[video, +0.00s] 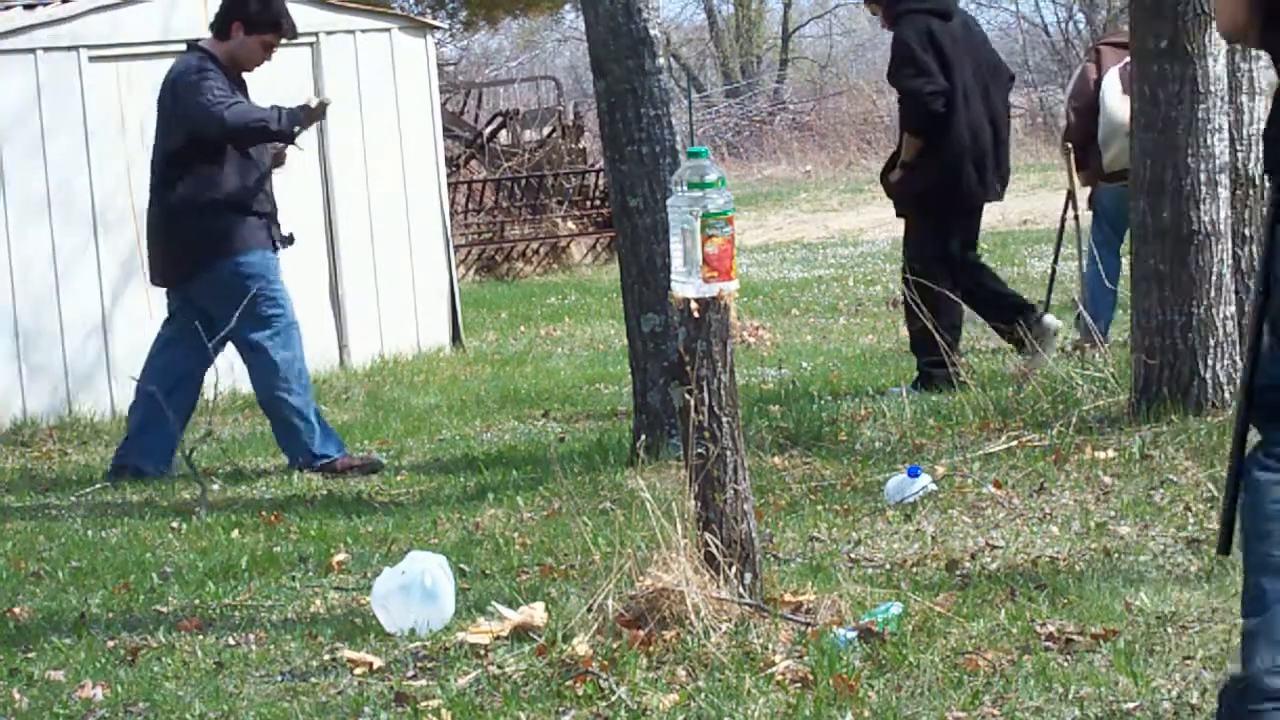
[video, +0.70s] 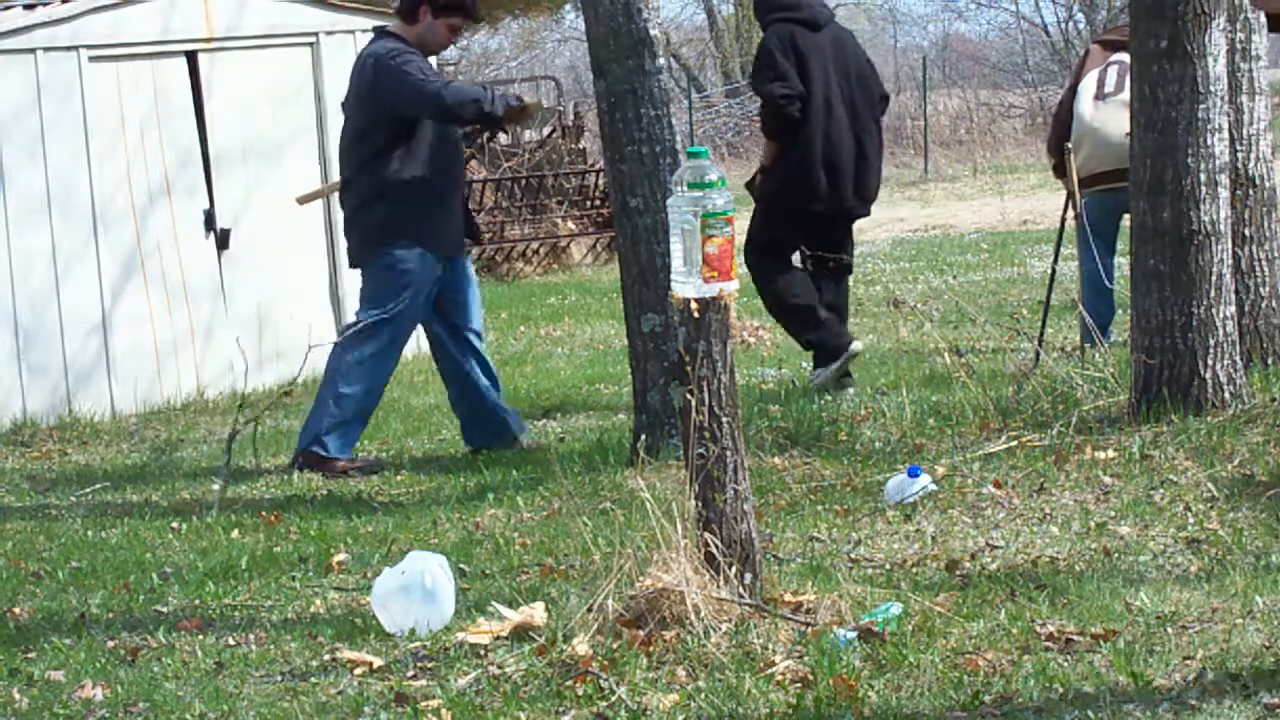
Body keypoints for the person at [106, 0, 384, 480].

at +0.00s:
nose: (268, 57)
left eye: (273, 49)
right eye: (266, 45)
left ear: (237, 31)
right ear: (236, 29)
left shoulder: (212, 77)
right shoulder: (198, 73)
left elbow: (213, 162)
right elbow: (225, 120)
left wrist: (263, 155)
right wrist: (292, 118)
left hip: (209, 240)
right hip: (225, 235)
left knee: (181, 354)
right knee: (276, 335)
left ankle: (137, 464)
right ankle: (316, 454)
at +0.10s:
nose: (298, 56)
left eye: (303, 47)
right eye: (296, 43)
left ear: (268, 27)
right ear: (268, 25)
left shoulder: (231, 69)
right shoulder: (229, 70)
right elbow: (264, 116)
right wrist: (327, 116)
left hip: (230, 232)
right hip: (257, 225)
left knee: (228, 337)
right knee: (302, 333)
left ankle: (159, 441)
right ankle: (316, 453)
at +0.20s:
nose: (323, 45)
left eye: (328, 36)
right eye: (322, 33)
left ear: (294, 18)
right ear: (295, 17)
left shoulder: (270, 61)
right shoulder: (254, 60)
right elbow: (293, 109)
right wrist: (361, 113)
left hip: (286, 224)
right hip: (280, 226)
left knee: (282, 327)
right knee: (311, 336)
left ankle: (199, 410)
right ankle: (316, 455)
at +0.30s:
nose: (349, 36)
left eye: (353, 27)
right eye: (347, 25)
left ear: (318, 11)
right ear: (319, 9)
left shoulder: (299, 55)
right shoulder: (277, 53)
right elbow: (318, 102)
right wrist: (389, 107)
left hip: (318, 214)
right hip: (290, 218)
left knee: (346, 302)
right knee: (320, 316)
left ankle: (266, 406)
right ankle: (316, 452)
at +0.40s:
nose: (374, 35)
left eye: (378, 26)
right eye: (372, 24)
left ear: (344, 11)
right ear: (344, 8)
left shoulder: (325, 54)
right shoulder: (301, 50)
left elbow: (348, 120)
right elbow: (349, 100)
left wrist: (407, 112)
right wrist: (421, 103)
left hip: (354, 217)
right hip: (315, 219)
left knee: (374, 319)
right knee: (324, 329)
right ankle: (316, 453)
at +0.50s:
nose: (398, 37)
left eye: (403, 30)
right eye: (397, 26)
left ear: (368, 12)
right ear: (370, 10)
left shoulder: (347, 56)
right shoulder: (328, 53)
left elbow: (375, 124)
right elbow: (377, 99)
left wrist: (437, 112)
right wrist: (444, 107)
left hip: (371, 220)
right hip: (338, 223)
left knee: (395, 331)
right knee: (336, 335)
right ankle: (317, 455)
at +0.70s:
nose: (454, 40)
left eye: (459, 32)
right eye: (453, 28)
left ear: (423, 15)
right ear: (424, 12)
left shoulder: (412, 62)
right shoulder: (387, 57)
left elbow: (436, 128)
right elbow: (440, 98)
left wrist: (489, 113)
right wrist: (500, 101)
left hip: (438, 231)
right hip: (400, 231)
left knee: (462, 339)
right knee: (374, 340)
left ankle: (495, 437)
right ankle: (321, 449)